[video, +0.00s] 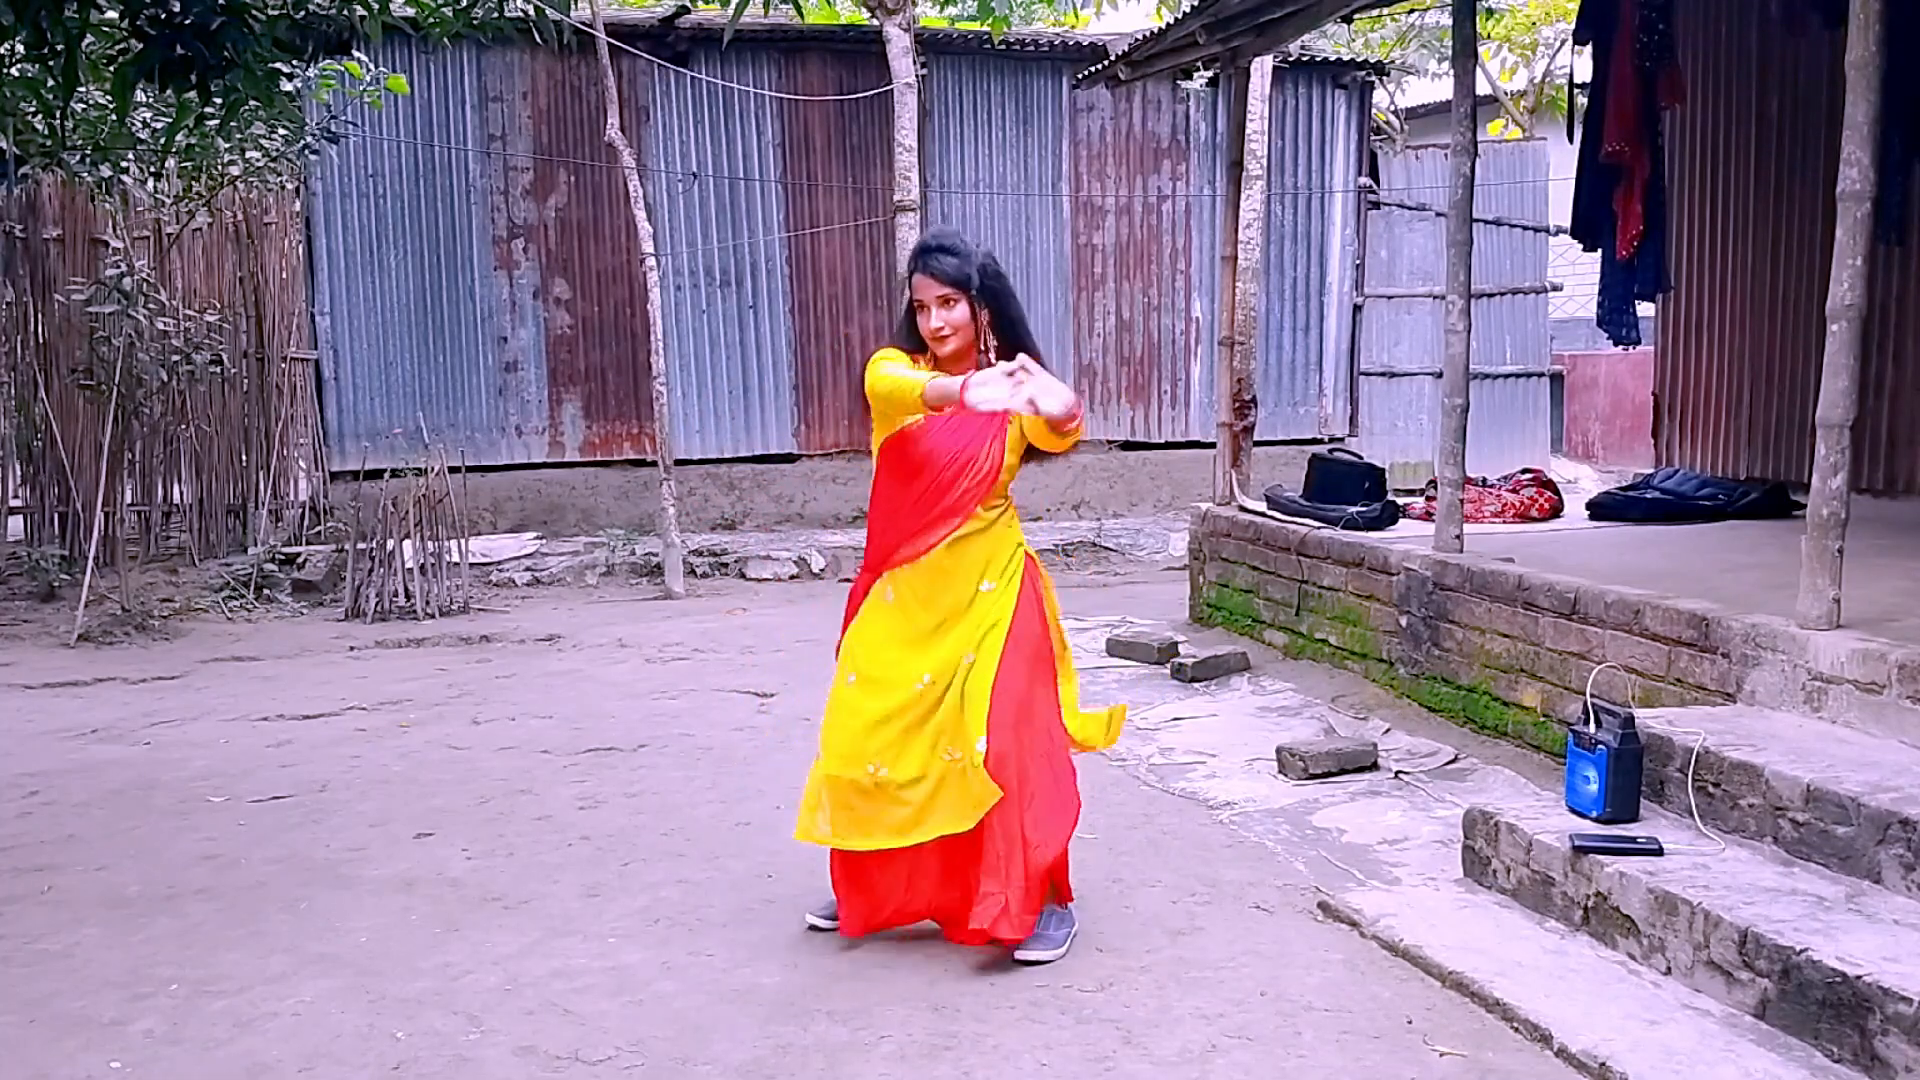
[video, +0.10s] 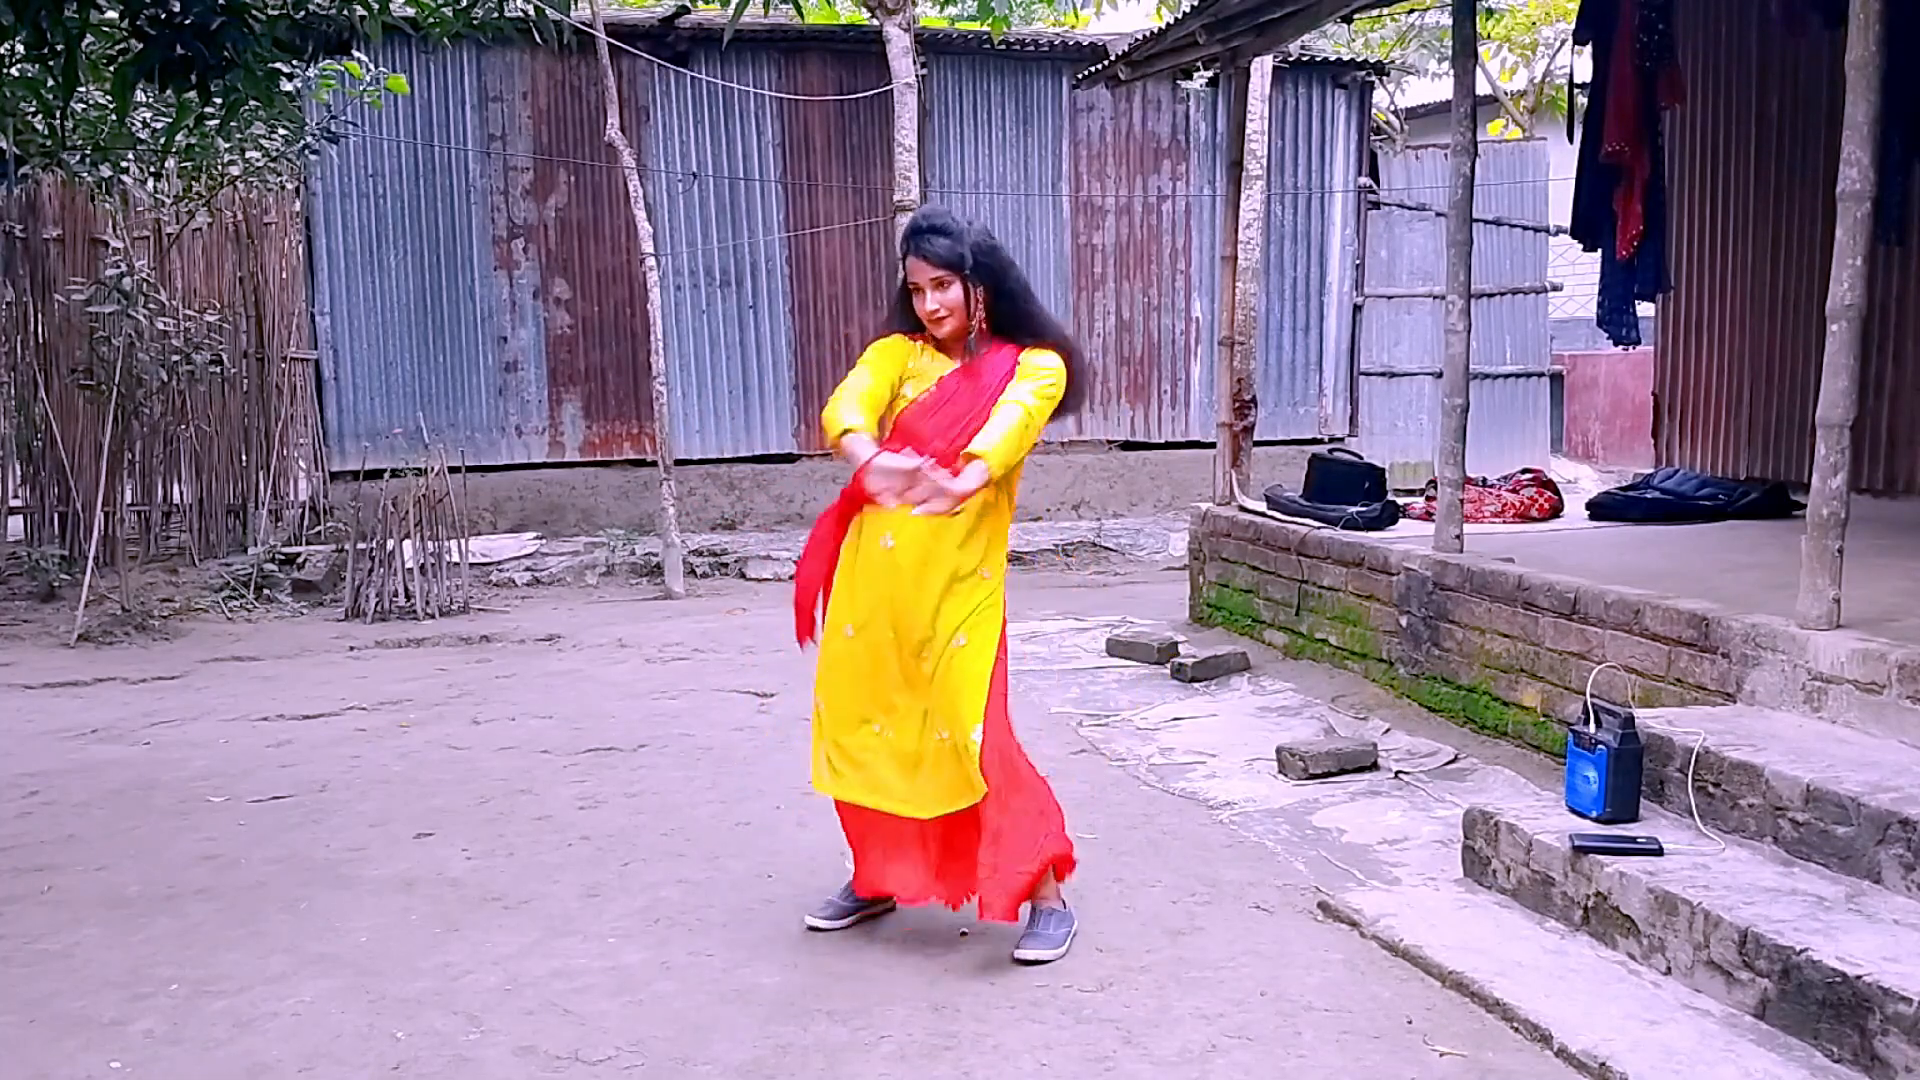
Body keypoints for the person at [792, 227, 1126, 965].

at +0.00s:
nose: (935, 322)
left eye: (948, 303)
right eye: (923, 308)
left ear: (983, 305)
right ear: (914, 313)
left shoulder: (1014, 383)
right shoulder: (893, 370)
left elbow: (1060, 422)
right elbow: (899, 382)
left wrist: (1040, 386)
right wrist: (967, 388)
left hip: (994, 574)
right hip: (905, 580)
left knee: (1015, 733)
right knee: (864, 727)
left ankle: (1050, 900)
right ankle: (861, 887)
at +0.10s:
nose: (928, 306)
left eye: (941, 288)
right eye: (916, 292)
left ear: (980, 285)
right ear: (906, 293)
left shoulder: (1034, 364)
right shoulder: (899, 351)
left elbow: (1011, 428)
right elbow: (843, 410)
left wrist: (965, 477)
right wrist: (867, 454)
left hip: (958, 582)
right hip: (871, 573)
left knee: (979, 732)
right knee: (857, 722)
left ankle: (1046, 894)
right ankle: (873, 877)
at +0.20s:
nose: (925, 300)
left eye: (937, 283)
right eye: (913, 286)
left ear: (977, 279)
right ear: (906, 287)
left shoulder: (1030, 365)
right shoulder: (893, 357)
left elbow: (995, 451)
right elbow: (802, 411)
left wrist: (887, 473)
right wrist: (782, 468)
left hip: (958, 578)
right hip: (866, 571)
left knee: (967, 736)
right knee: (846, 718)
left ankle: (1044, 901)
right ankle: (868, 874)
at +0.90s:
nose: (941, 285)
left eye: (957, 269)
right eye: (929, 270)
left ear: (992, 271)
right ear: (918, 277)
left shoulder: (1026, 342)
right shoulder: (916, 372)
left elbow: (966, 418)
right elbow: (865, 440)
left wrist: (872, 484)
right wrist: (832, 486)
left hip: (1001, 566)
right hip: (914, 563)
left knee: (977, 735)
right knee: (858, 716)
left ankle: (1049, 900)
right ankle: (875, 871)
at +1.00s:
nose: (945, 281)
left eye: (961, 266)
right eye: (932, 264)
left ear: (990, 269)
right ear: (916, 267)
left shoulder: (1022, 339)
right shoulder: (886, 355)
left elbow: (1049, 405)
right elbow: (857, 419)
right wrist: (904, 472)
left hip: (1015, 541)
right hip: (927, 547)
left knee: (1024, 707)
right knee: (888, 702)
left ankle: (1055, 897)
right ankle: (875, 872)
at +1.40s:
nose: (925, 307)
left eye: (938, 288)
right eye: (909, 292)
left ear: (970, 283)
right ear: (894, 293)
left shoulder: (1016, 370)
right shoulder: (874, 361)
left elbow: (1004, 457)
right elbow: (826, 442)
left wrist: (963, 538)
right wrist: (854, 531)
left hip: (953, 574)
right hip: (863, 570)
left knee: (979, 736)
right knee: (842, 725)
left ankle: (1051, 900)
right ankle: (865, 874)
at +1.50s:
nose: (912, 307)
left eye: (925, 290)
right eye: (898, 293)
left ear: (962, 284)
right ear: (886, 294)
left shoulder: (1009, 367)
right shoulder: (877, 363)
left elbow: (981, 456)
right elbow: (794, 412)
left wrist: (878, 502)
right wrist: (794, 465)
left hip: (951, 582)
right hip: (864, 575)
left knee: (948, 750)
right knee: (836, 721)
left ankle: (1048, 896)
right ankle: (867, 875)